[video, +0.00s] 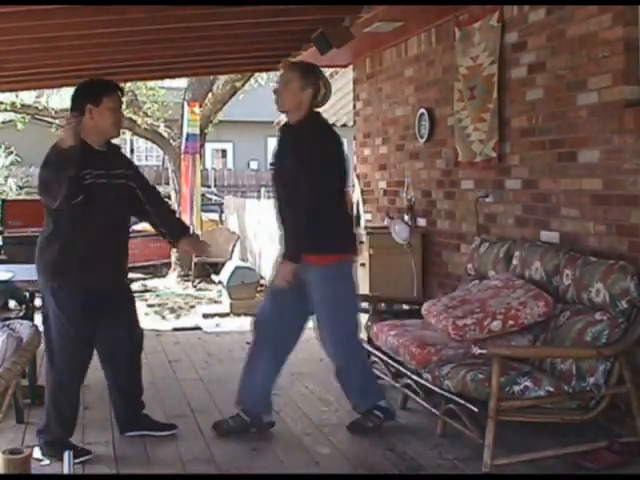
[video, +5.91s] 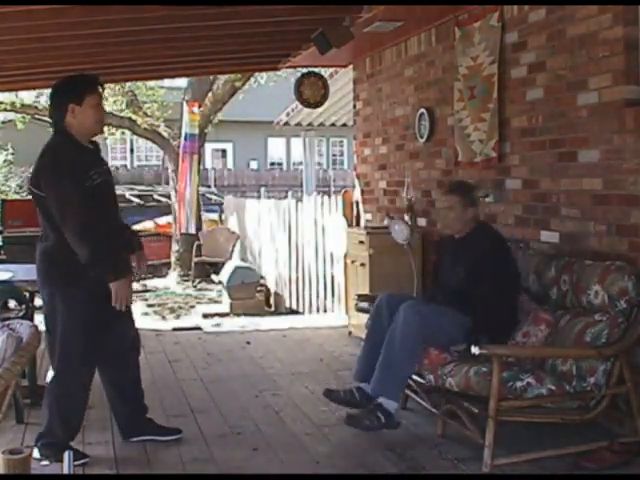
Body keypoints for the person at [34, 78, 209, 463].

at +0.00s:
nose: (121, 118)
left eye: (121, 110)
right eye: (115, 110)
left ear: (100, 114)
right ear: (89, 112)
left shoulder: (120, 163)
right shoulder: (60, 157)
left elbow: (150, 203)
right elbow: (54, 195)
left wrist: (183, 236)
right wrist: (69, 148)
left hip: (110, 274)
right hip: (66, 276)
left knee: (124, 347)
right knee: (68, 361)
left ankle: (131, 419)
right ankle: (54, 441)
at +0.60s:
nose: (102, 112)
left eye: (101, 104)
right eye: (96, 104)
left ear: (75, 109)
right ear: (74, 108)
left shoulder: (86, 153)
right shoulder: (54, 154)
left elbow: (117, 204)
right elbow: (77, 208)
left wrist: (160, 227)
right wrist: (123, 173)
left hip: (101, 273)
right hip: (71, 277)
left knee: (119, 348)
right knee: (74, 360)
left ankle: (131, 419)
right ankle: (54, 441)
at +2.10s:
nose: (106, 114)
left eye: (104, 106)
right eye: (99, 107)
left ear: (78, 114)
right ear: (74, 113)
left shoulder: (86, 156)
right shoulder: (62, 156)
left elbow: (108, 207)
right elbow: (99, 212)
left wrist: (129, 246)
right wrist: (132, 219)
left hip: (91, 274)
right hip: (62, 278)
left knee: (111, 349)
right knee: (70, 361)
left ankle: (129, 420)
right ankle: (51, 443)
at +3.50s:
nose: (105, 109)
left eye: (103, 102)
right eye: (98, 102)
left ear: (76, 109)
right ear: (74, 108)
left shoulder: (92, 152)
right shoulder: (61, 154)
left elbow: (113, 204)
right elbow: (94, 209)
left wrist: (141, 186)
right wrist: (134, 186)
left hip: (105, 275)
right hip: (73, 279)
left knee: (123, 351)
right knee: (74, 363)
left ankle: (136, 424)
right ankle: (52, 444)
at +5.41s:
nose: (118, 110)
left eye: (116, 102)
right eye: (111, 103)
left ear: (89, 109)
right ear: (86, 108)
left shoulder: (99, 153)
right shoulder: (71, 152)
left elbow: (132, 189)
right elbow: (118, 197)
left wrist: (177, 200)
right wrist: (177, 202)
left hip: (106, 273)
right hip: (73, 275)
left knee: (121, 350)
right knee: (72, 360)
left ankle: (134, 424)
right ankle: (52, 444)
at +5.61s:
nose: (112, 110)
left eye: (110, 102)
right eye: (103, 103)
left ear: (86, 110)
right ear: (76, 110)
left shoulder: (97, 153)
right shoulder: (67, 156)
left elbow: (118, 207)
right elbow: (102, 215)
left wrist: (160, 223)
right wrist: (159, 232)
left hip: (103, 274)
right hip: (70, 277)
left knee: (120, 351)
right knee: (69, 361)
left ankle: (134, 424)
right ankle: (51, 444)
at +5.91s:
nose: (104, 113)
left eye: (102, 105)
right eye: (96, 105)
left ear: (76, 111)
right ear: (71, 111)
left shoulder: (90, 155)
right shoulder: (57, 159)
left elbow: (104, 213)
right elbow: (77, 227)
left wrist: (131, 241)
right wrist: (115, 273)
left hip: (100, 273)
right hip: (69, 279)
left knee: (121, 351)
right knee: (72, 365)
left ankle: (134, 423)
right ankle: (52, 445)